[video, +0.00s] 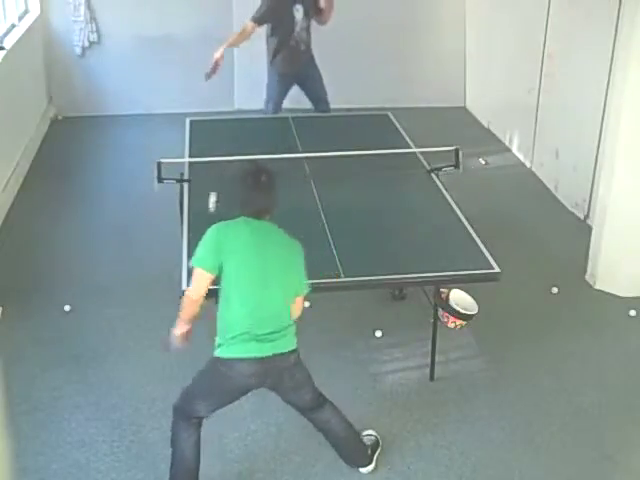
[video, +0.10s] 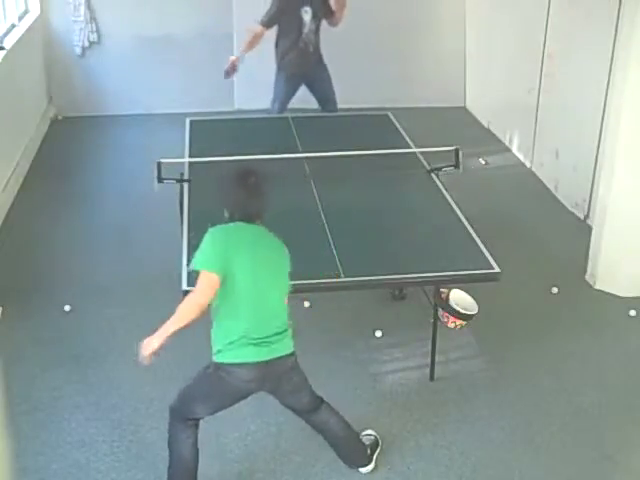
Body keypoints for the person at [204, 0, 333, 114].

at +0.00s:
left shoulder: (307, 2)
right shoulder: (273, 4)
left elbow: (322, 20)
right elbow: (248, 29)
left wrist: (329, 3)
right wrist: (222, 49)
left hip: (306, 63)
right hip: (281, 66)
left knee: (323, 108)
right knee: (272, 111)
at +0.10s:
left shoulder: (318, 3)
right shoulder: (282, 4)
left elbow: (333, 21)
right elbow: (260, 31)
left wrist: (341, 5)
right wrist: (238, 57)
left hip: (314, 64)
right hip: (290, 66)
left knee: (331, 108)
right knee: (277, 111)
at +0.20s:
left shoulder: (327, 3)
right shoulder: (288, 3)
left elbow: (342, 20)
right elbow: (273, 29)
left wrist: (348, 7)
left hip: (321, 65)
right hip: (295, 66)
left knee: (335, 111)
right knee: (284, 111)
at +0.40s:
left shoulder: (337, 3)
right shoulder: (295, 3)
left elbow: (354, 21)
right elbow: (287, 28)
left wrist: (359, 8)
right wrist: (281, 58)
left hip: (325, 63)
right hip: (300, 63)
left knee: (335, 109)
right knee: (298, 110)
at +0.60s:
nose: (315, 2)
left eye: (318, 1)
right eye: (312, 1)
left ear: (324, 0)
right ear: (308, 0)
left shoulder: (337, 6)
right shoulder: (296, 11)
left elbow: (355, 32)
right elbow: (281, 43)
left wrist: (361, 26)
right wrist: (291, 63)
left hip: (327, 72)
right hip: (301, 72)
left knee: (336, 114)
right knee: (297, 114)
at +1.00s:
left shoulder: (321, 3)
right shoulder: (281, 6)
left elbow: (334, 20)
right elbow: (266, 43)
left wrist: (350, 24)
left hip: (315, 66)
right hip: (288, 68)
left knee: (324, 113)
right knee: (289, 114)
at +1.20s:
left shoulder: (323, 1)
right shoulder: (280, 2)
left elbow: (337, 18)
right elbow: (257, 22)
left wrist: (353, 15)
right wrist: (238, 31)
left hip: (316, 73)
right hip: (290, 74)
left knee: (323, 120)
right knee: (289, 120)